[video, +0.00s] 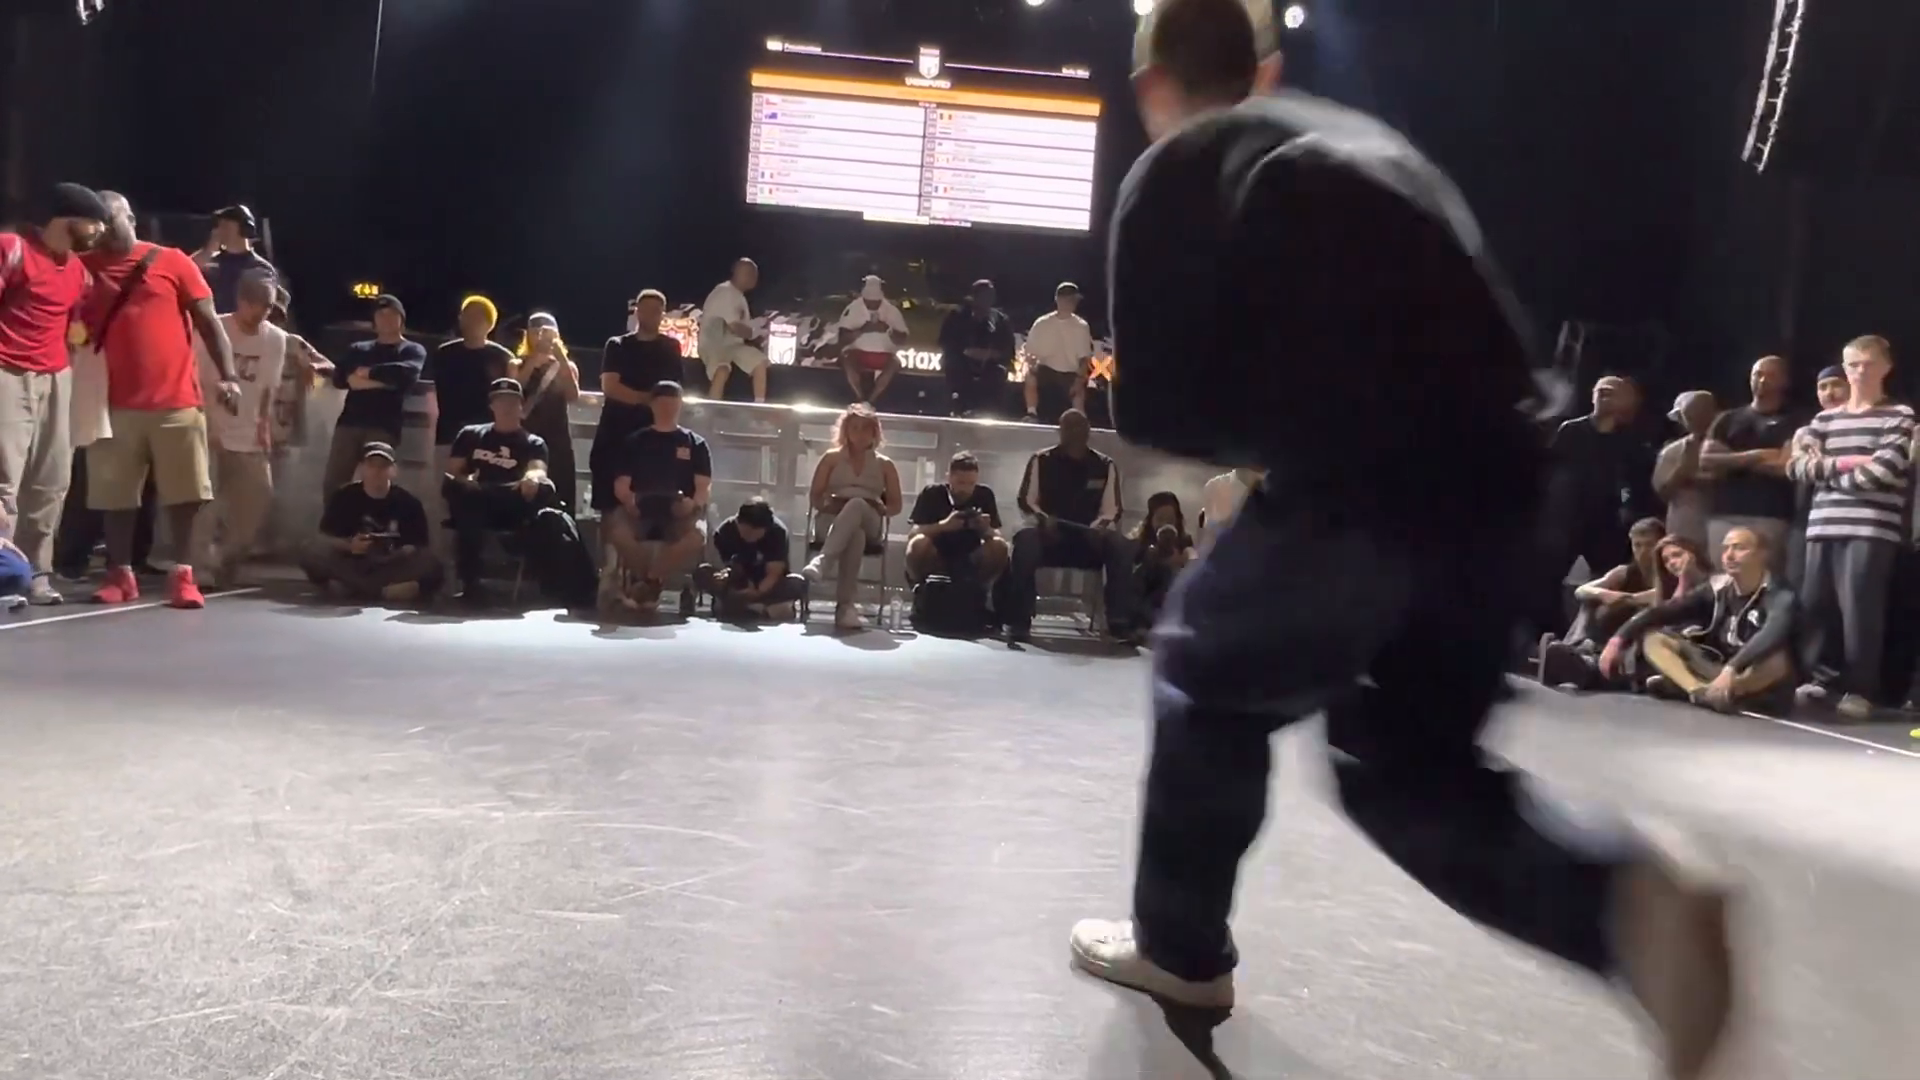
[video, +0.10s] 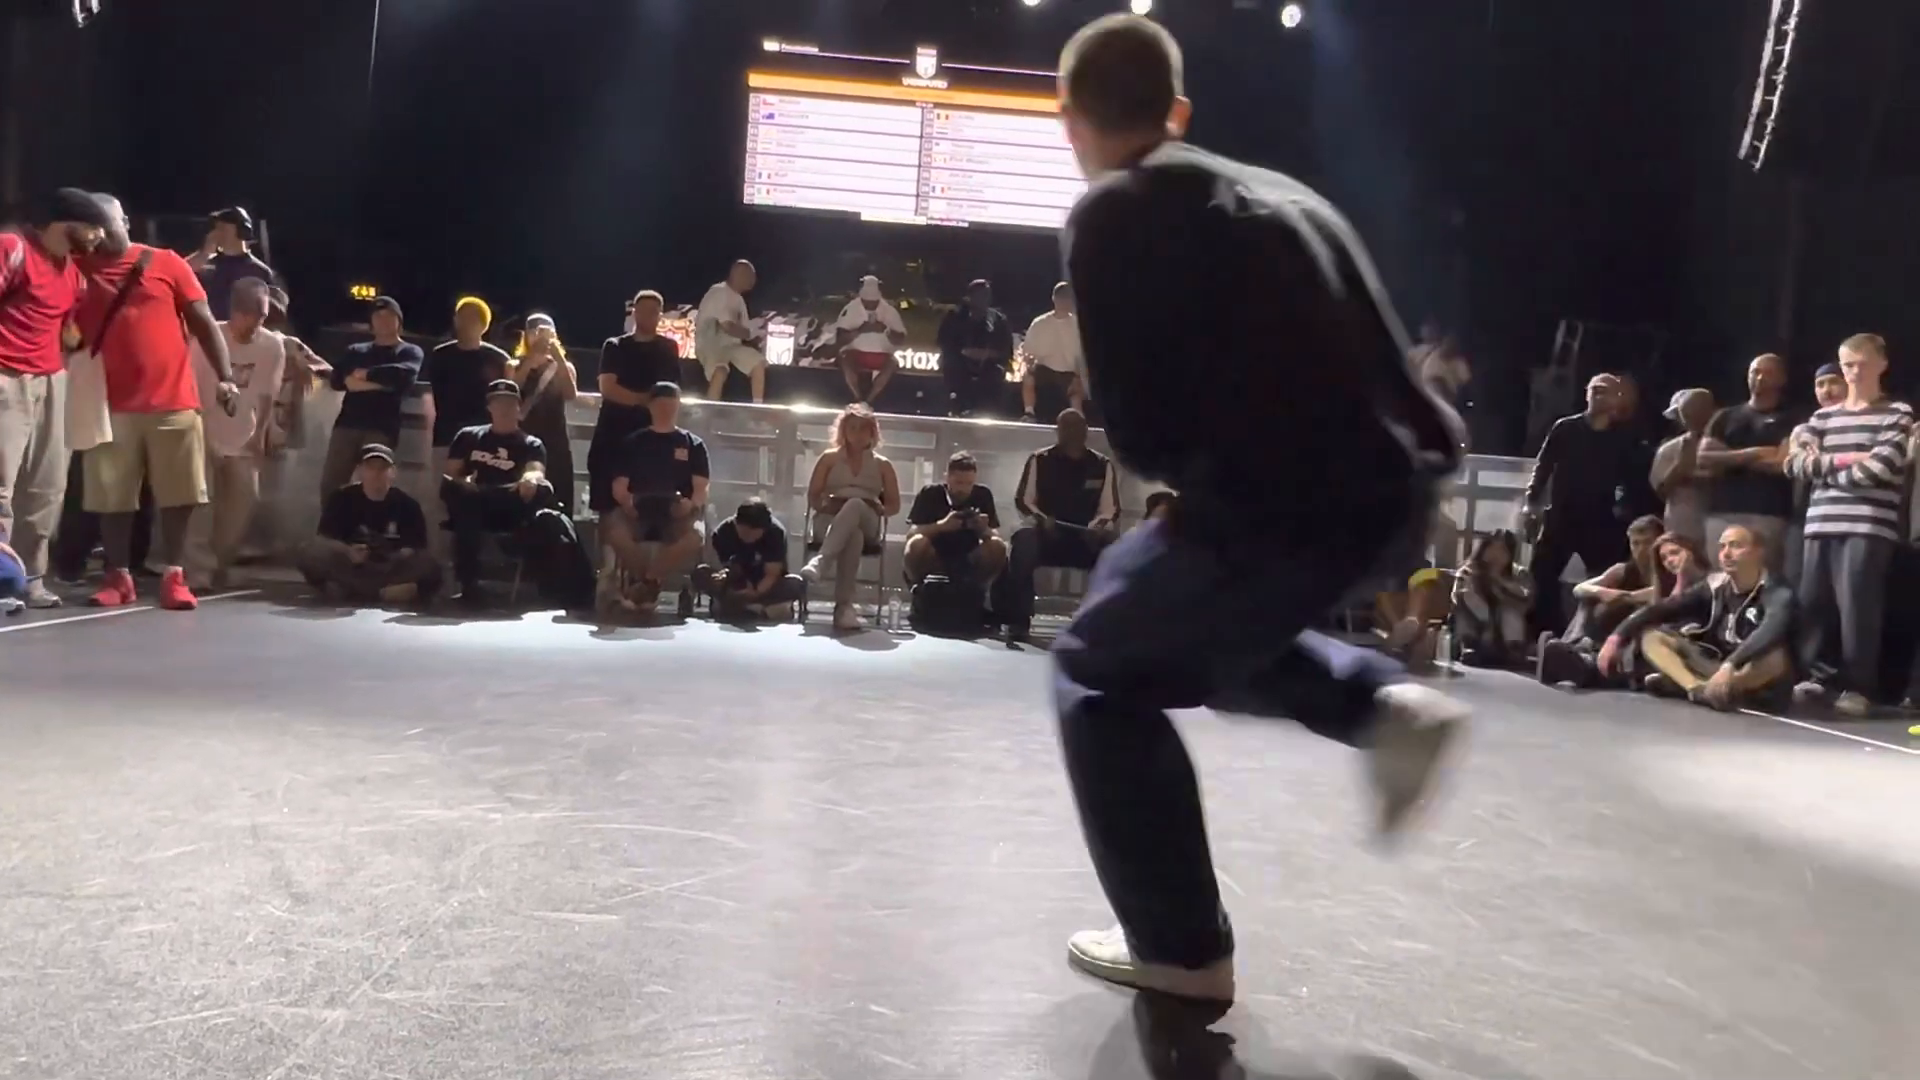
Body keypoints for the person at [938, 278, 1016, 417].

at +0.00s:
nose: (985, 302)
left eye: (988, 297)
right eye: (981, 297)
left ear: (993, 299)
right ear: (973, 297)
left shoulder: (1001, 320)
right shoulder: (958, 316)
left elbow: (1008, 352)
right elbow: (946, 342)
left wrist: (990, 354)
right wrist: (966, 352)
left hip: (990, 369)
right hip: (964, 368)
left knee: (999, 371)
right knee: (952, 361)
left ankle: (993, 409)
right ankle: (958, 405)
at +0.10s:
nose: (983, 300)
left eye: (985, 296)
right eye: (979, 296)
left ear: (989, 298)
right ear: (970, 297)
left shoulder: (998, 319)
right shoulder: (956, 317)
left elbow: (1006, 352)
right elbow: (944, 342)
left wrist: (987, 354)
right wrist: (964, 352)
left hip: (988, 371)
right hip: (962, 370)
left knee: (997, 371)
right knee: (950, 361)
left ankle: (992, 409)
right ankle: (959, 405)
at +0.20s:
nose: (974, 300)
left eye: (978, 296)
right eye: (971, 295)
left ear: (984, 298)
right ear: (964, 297)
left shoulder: (995, 320)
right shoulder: (952, 317)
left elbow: (1003, 350)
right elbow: (941, 342)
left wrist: (985, 354)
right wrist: (961, 353)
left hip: (985, 369)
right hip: (959, 369)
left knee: (995, 371)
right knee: (946, 360)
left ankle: (988, 409)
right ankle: (954, 404)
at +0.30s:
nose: (969, 304)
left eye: (973, 299)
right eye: (966, 299)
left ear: (980, 300)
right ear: (960, 299)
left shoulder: (992, 320)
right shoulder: (949, 318)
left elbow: (1000, 350)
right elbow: (938, 343)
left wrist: (982, 354)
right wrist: (958, 353)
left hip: (982, 369)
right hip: (955, 369)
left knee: (992, 372)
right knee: (942, 361)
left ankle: (985, 409)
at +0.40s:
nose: (967, 305)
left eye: (971, 300)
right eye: (964, 300)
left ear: (978, 302)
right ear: (958, 301)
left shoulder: (987, 322)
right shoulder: (948, 322)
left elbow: (997, 350)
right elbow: (937, 346)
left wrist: (981, 357)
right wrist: (956, 356)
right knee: (944, 364)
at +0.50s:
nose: (967, 306)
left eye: (971, 302)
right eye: (964, 302)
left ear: (978, 303)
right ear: (958, 303)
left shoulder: (992, 324)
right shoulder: (949, 325)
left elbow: (996, 350)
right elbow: (939, 350)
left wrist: (982, 358)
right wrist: (957, 358)